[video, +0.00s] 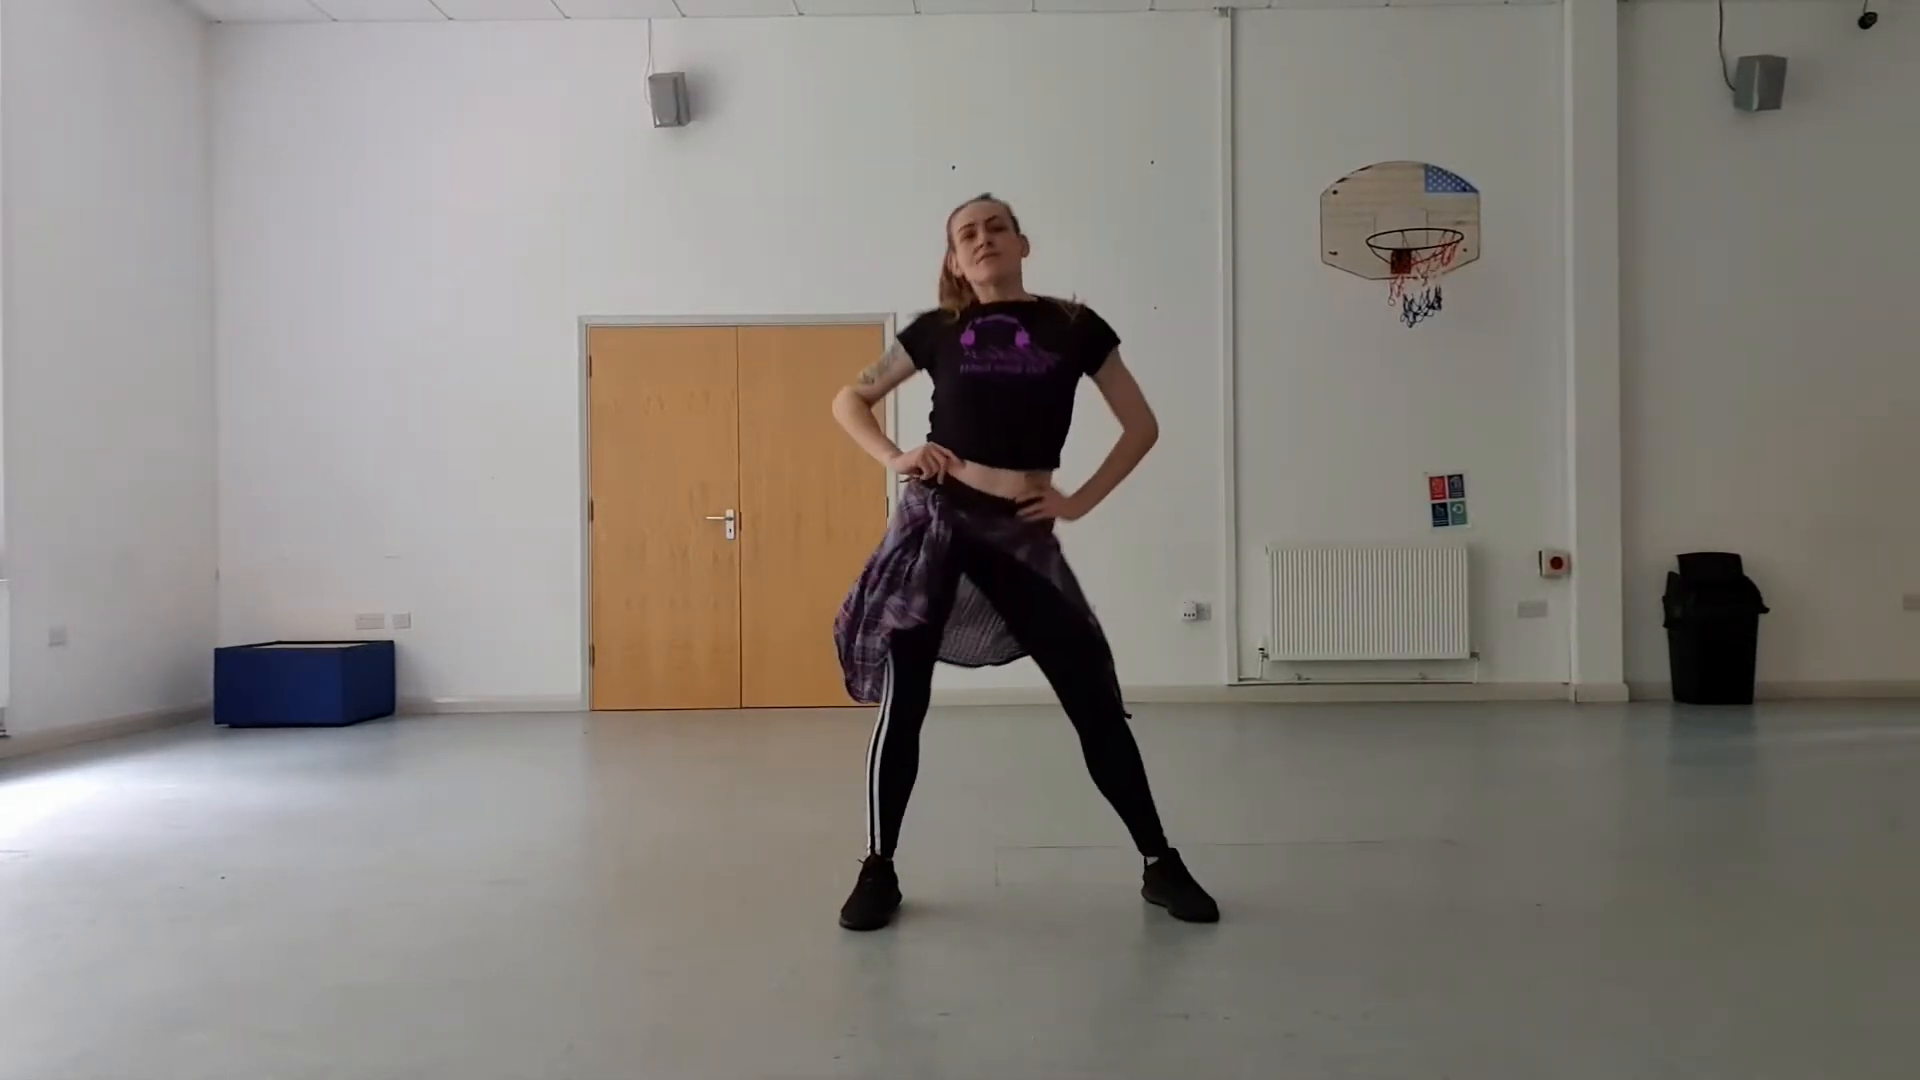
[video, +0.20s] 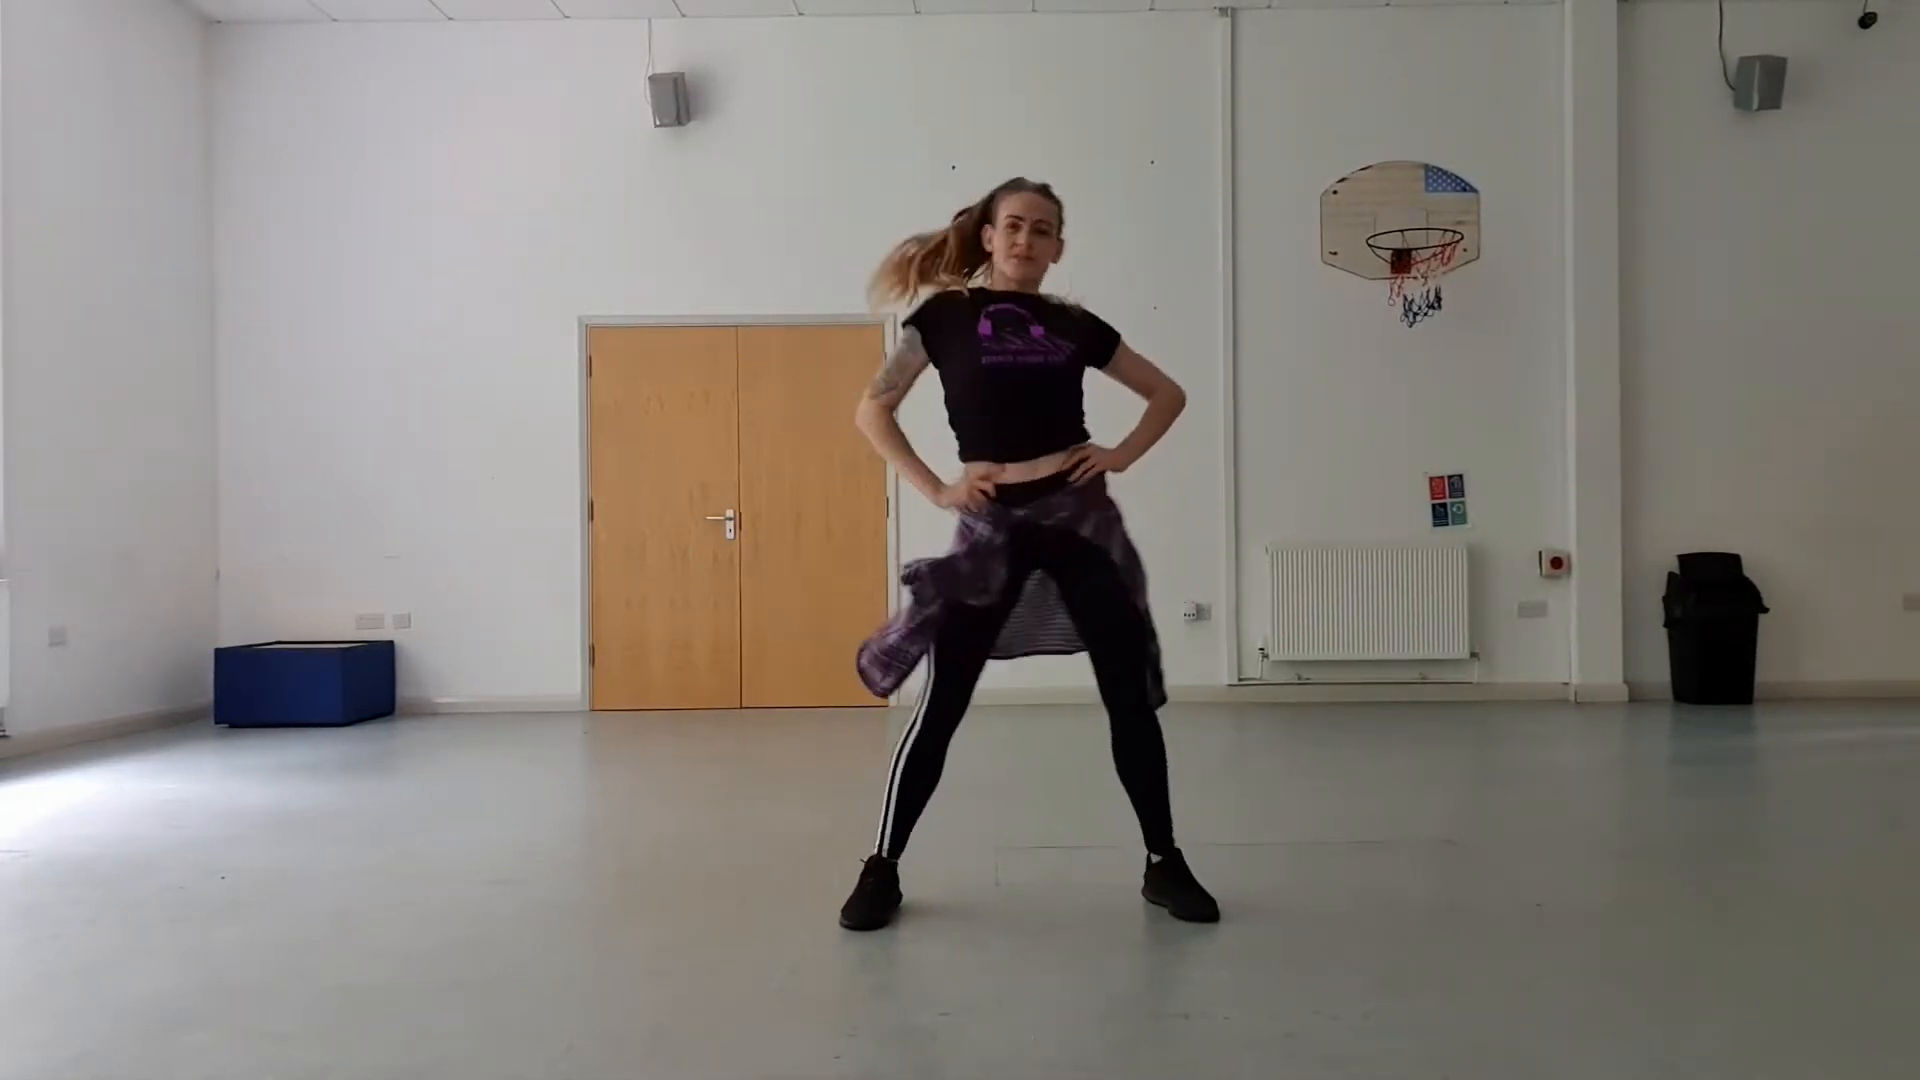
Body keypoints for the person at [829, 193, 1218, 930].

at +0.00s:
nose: (984, 238)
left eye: (996, 226)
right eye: (968, 235)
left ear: (1024, 244)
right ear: (955, 264)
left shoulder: (1074, 327)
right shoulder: (938, 333)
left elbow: (1141, 426)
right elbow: (850, 402)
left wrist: (1082, 501)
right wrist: (894, 457)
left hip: (1023, 530)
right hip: (934, 521)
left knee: (1095, 700)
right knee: (905, 697)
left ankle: (1161, 864)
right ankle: (878, 868)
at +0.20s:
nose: (1026, 238)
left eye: (1042, 230)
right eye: (1013, 225)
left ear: (1057, 246)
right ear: (985, 235)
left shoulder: (1074, 327)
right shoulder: (943, 318)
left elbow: (1169, 396)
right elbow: (874, 407)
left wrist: (1122, 454)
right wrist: (936, 488)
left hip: (1080, 519)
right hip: (990, 524)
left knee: (1131, 693)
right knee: (943, 702)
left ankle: (1164, 862)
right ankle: (881, 868)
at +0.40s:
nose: (1058, 271)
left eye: (1074, 261)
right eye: (1046, 256)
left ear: (1092, 274)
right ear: (1021, 263)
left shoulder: (1100, 351)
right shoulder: (978, 342)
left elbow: (1195, 413)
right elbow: (915, 443)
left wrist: (1150, 459)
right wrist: (979, 523)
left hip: (1127, 529)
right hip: (1039, 541)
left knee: (1161, 699)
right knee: (971, 711)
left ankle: (1168, 864)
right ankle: (889, 866)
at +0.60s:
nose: (1057, 238)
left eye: (1072, 225)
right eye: (1045, 225)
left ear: (1096, 232)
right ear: (1026, 232)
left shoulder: (1127, 310)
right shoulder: (992, 309)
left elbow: (1198, 387)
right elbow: (913, 385)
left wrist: (1154, 453)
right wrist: (965, 459)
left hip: (1103, 512)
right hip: (1015, 513)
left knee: (1136, 691)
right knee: (976, 687)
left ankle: (1165, 860)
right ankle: (955, 844)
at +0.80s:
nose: (1040, 253)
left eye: (1056, 240)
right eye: (1027, 241)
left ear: (1081, 251)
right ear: (1009, 253)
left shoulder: (1090, 342)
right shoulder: (972, 323)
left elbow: (1120, 422)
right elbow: (897, 403)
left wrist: (1119, 460)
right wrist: (915, 505)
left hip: (1076, 527)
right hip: (988, 529)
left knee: (1128, 695)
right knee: (982, 706)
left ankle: (1163, 861)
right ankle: (967, 863)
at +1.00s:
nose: (987, 225)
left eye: (1005, 216)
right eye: (981, 216)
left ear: (1043, 237)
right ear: (972, 238)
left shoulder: (1072, 319)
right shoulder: (943, 312)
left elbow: (1160, 385)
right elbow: (904, 391)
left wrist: (1104, 436)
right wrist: (923, 475)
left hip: (1064, 510)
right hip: (977, 518)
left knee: (1121, 671)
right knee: (966, 700)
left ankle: (1183, 812)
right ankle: (964, 860)